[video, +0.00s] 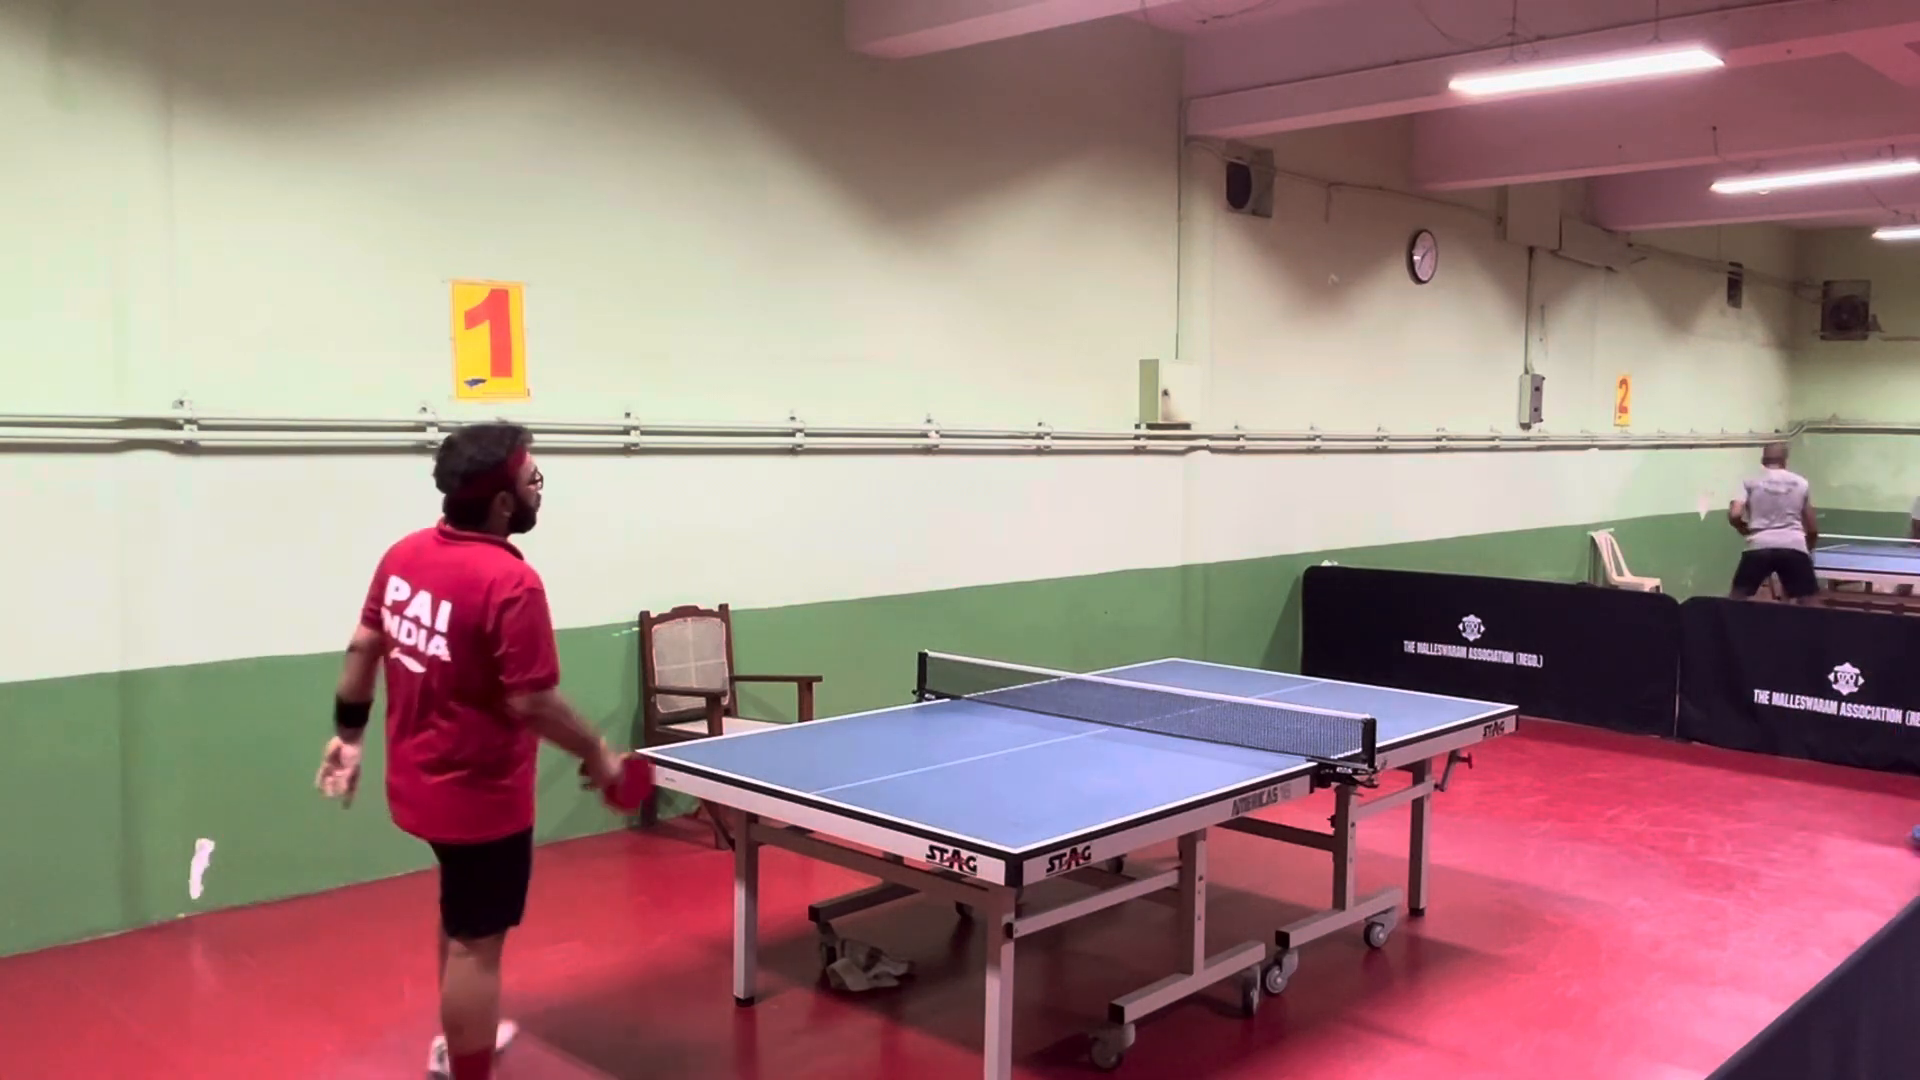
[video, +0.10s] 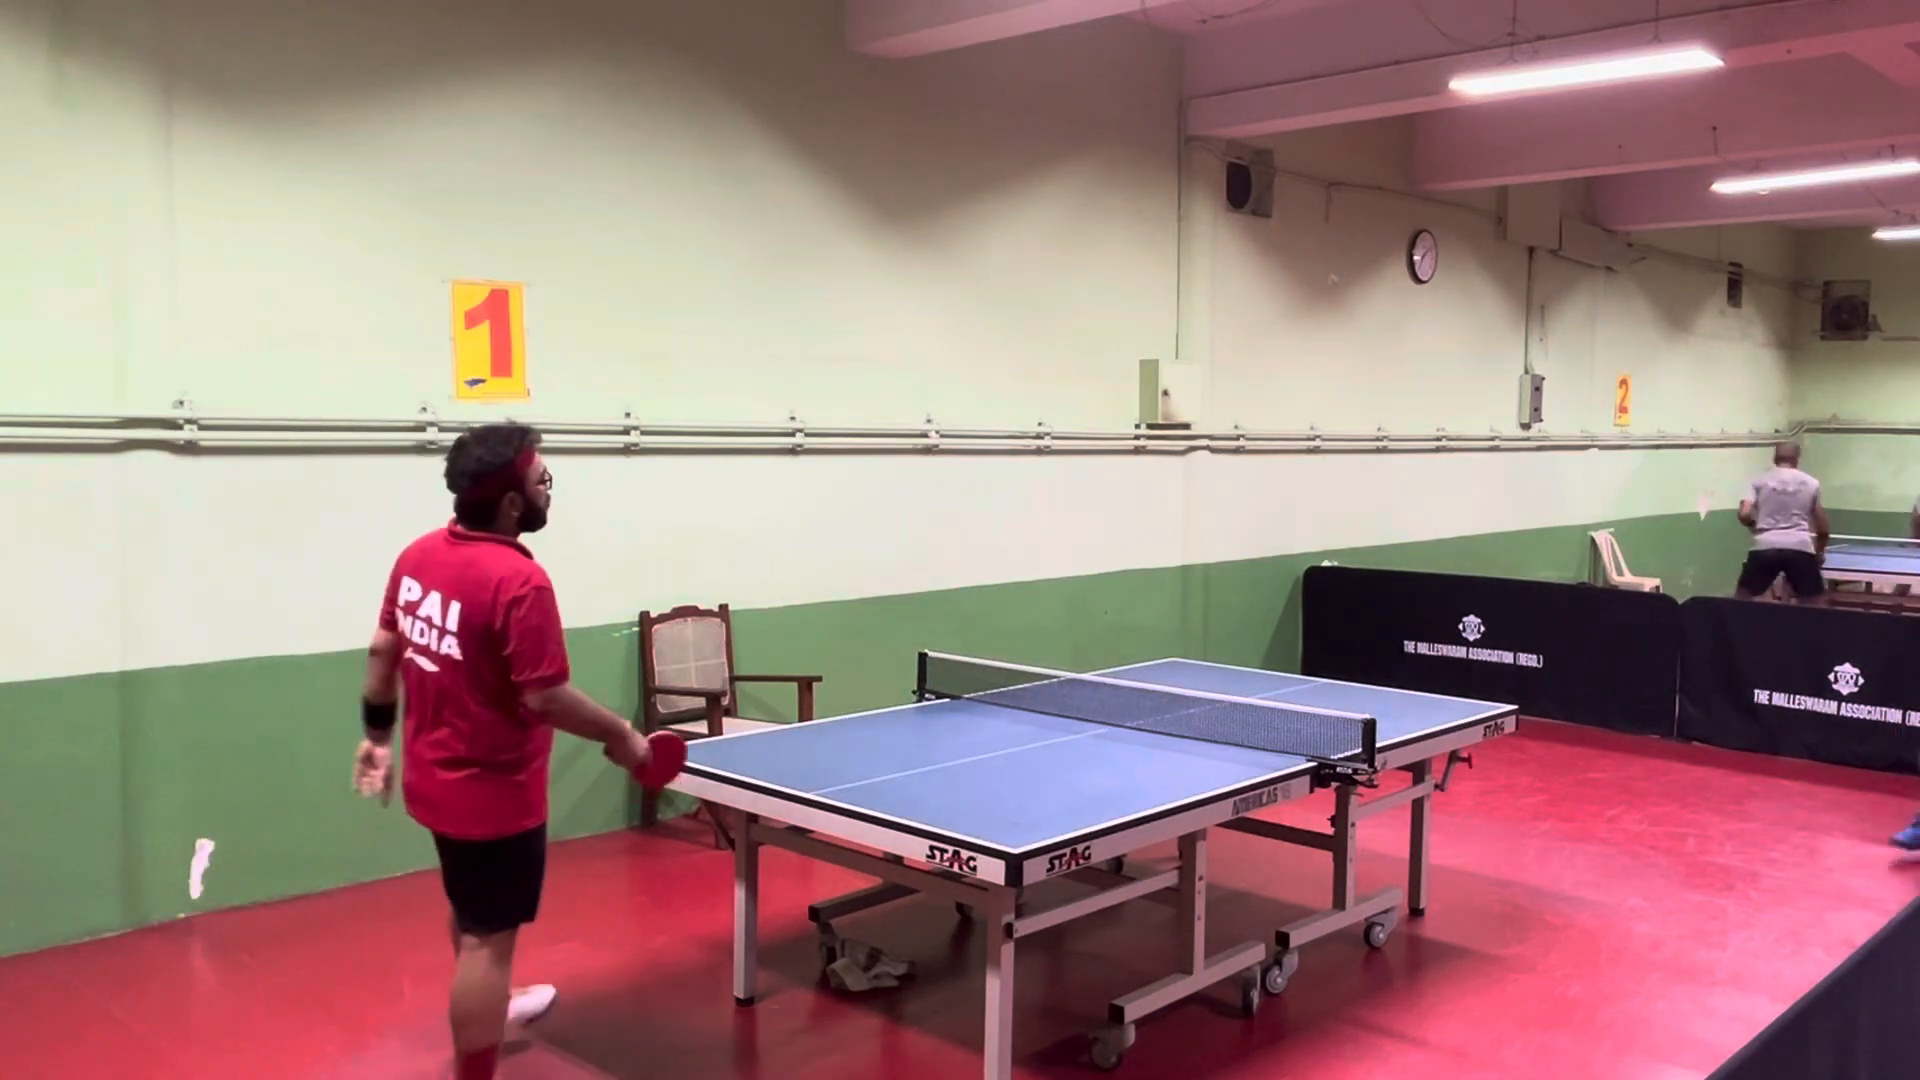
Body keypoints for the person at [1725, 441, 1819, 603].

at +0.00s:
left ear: (1763, 462)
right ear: (1785, 461)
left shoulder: (1750, 484)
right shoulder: (1801, 484)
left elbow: (1734, 516)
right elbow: (1812, 529)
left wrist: (1747, 532)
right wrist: (1806, 550)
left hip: (1758, 547)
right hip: (1794, 547)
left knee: (1735, 602)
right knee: (1810, 605)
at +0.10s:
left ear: (1774, 460)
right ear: (1797, 460)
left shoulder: (1759, 481)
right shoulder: (1811, 484)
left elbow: (1744, 514)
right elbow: (1823, 526)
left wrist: (1755, 525)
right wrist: (1819, 552)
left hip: (1764, 548)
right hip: (1801, 549)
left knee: (1742, 600)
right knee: (1815, 605)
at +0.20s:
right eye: (1808, 458)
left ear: (1787, 457)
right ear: (1809, 459)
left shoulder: (1770, 480)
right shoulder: (1822, 484)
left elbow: (1754, 512)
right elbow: (1832, 528)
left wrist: (1769, 525)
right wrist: (1828, 554)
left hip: (1772, 547)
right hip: (1807, 549)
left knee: (1747, 600)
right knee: (1821, 604)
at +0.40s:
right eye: (1819, 455)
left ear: (1799, 453)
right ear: (1821, 455)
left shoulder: (1779, 473)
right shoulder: (1833, 480)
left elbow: (1764, 509)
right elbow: (1842, 523)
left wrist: (1780, 521)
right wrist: (1834, 546)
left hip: (1779, 546)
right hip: (1815, 547)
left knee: (1757, 598)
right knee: (1824, 605)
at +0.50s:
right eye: (1819, 454)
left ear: (1798, 452)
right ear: (1820, 454)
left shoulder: (1779, 473)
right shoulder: (1832, 480)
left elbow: (1763, 508)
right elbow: (1838, 514)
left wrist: (1778, 521)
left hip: (1778, 545)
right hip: (1813, 547)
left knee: (1762, 598)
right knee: (1822, 604)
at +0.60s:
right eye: (1814, 453)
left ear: (1791, 452)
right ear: (1813, 454)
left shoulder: (1773, 473)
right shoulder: (1823, 478)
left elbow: (1759, 510)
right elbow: (1829, 513)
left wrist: (1774, 521)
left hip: (1774, 545)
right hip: (1807, 547)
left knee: (1762, 598)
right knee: (1810, 601)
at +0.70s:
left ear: (1783, 451)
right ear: (1806, 453)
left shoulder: (1766, 475)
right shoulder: (1811, 479)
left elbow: (1754, 512)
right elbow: (1817, 514)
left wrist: (1770, 521)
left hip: (1768, 542)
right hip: (1798, 545)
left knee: (1758, 597)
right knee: (1791, 599)